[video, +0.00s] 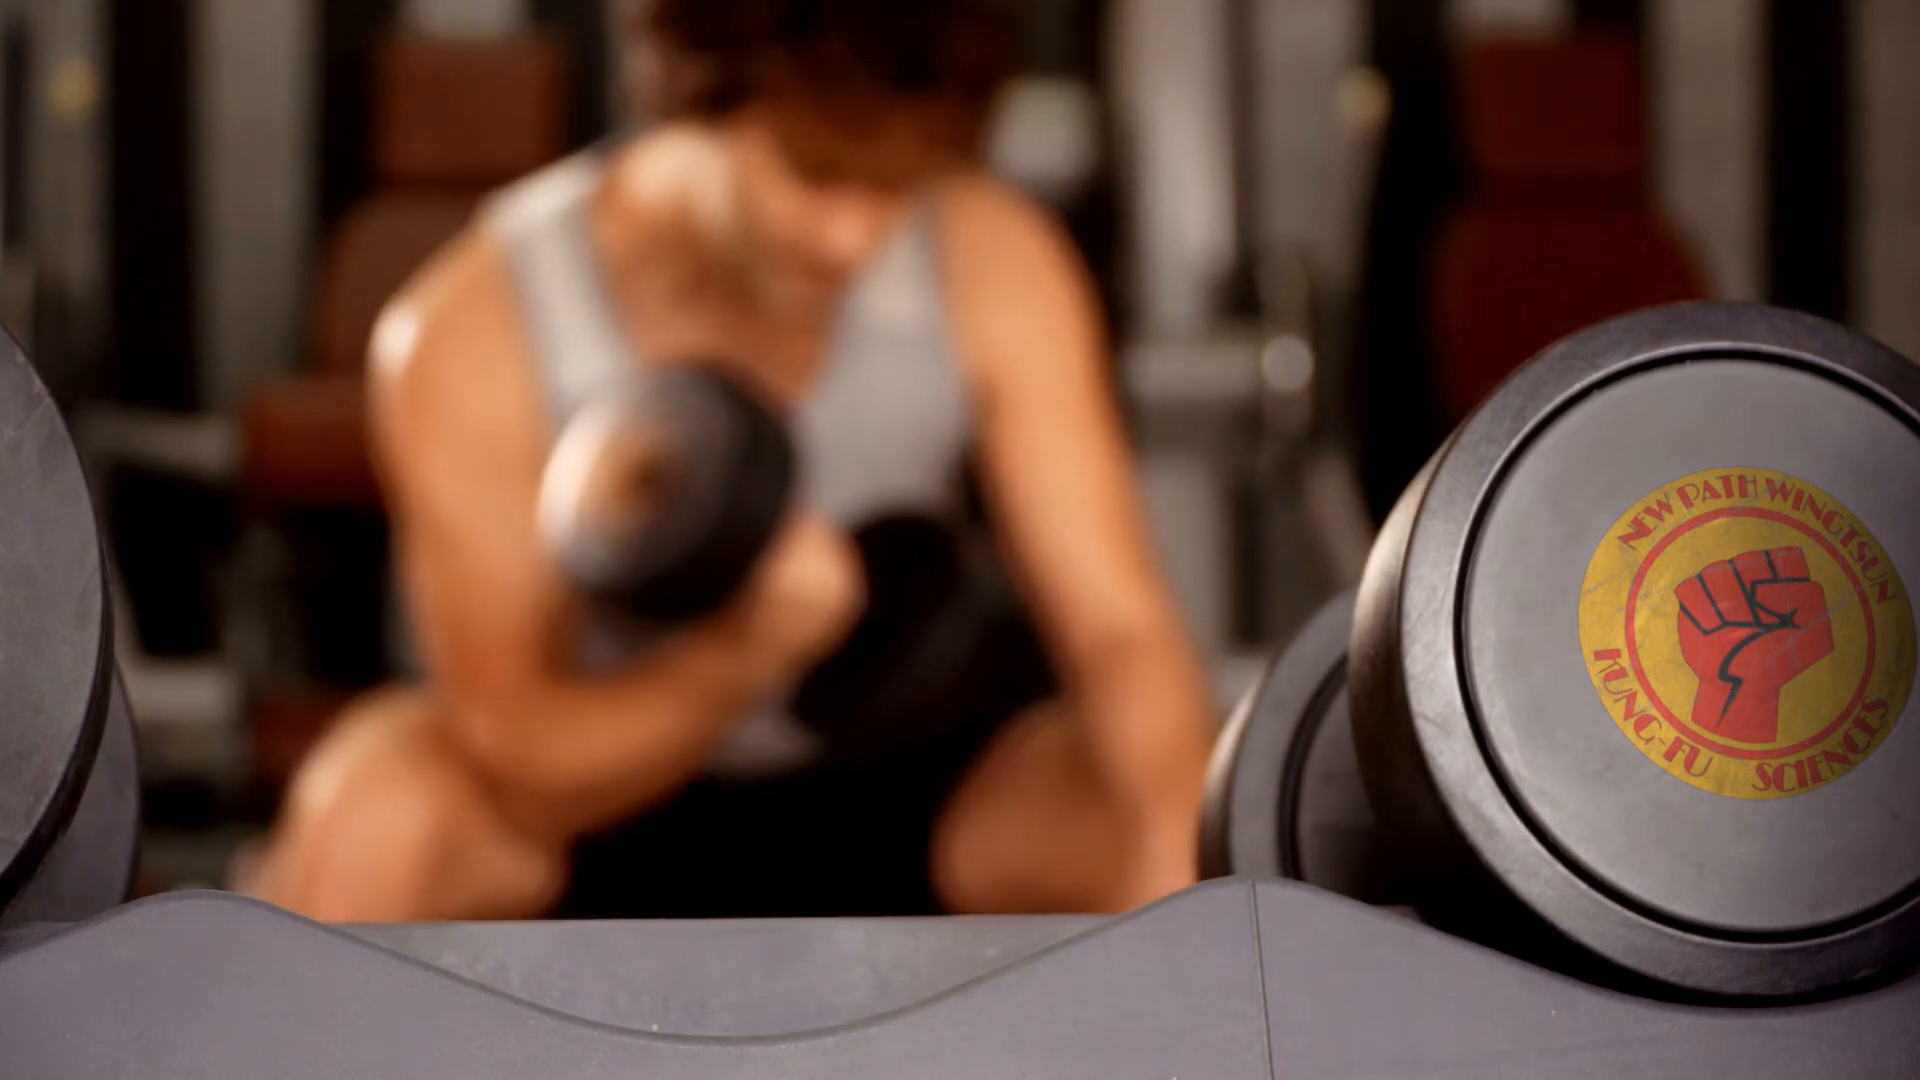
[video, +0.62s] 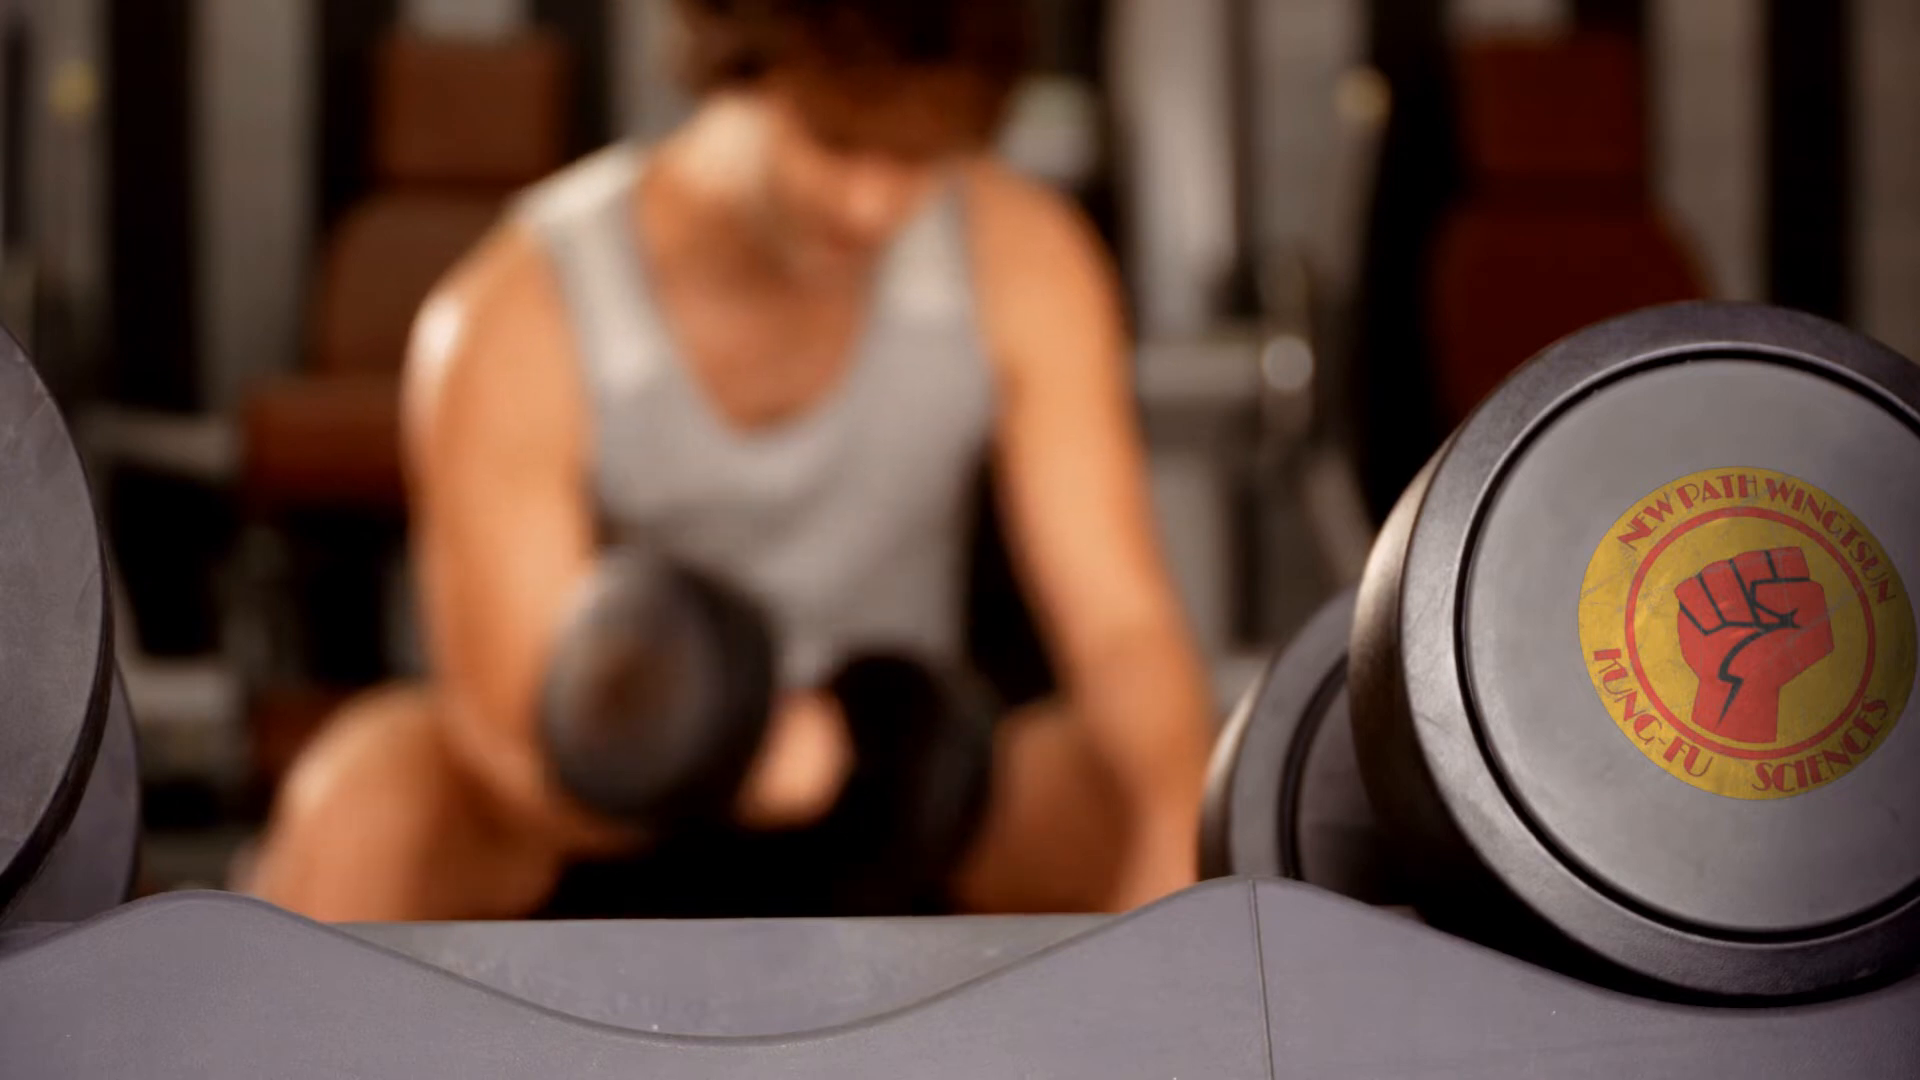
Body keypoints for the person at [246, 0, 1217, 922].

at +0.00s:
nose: (855, 232)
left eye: (901, 182)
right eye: (815, 172)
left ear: (949, 148)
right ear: (708, 101)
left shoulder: (990, 256)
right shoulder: (466, 330)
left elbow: (1119, 633)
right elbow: (529, 769)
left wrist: (1179, 888)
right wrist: (754, 651)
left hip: (890, 782)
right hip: (597, 806)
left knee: (1183, 807)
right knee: (374, 803)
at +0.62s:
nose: (871, 205)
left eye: (919, 156)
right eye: (837, 145)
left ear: (973, 122)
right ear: (739, 70)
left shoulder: (1016, 249)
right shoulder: (513, 316)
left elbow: (1122, 628)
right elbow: (528, 754)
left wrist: (1172, 862)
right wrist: (840, 750)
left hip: (888, 806)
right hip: (610, 813)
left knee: (1189, 786)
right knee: (368, 783)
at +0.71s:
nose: (875, 205)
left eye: (924, 158)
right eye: (842, 145)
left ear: (981, 123)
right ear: (748, 68)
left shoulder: (1024, 253)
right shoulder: (526, 319)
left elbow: (1125, 635)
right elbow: (519, 741)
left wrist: (1167, 863)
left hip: (907, 792)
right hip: (628, 791)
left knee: (1191, 770)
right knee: (362, 789)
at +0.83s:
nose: (875, 204)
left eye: (925, 159)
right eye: (843, 144)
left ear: (989, 126)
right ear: (754, 71)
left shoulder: (1035, 255)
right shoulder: (542, 324)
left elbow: (1123, 633)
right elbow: (516, 756)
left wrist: (1161, 857)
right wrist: (640, 968)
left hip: (902, 780)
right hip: (618, 788)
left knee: (1187, 803)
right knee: (357, 796)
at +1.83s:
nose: (894, 328)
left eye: (948, 281)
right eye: (857, 262)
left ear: (1015, 266)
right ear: (772, 205)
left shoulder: (1046, 286)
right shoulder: (583, 397)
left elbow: (1101, 661)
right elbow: (508, 830)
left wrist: (1005, 814)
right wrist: (518, 1076)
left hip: (893, 783)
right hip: (613, 796)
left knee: (1138, 829)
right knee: (344, 803)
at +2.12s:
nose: (919, 256)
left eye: (972, 208)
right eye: (876, 190)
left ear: (1041, 193)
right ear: (784, 144)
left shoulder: (1095, 252)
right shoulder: (615, 300)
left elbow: (1099, 640)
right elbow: (507, 739)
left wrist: (895, 932)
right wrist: (538, 1035)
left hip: (881, 671)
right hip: (578, 675)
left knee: (1119, 849)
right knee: (344, 819)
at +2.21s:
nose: (910, 155)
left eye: (964, 105)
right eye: (868, 89)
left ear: (1030, 103)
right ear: (782, 62)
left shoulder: (1093, 183)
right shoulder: (611, 206)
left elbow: (1072, 578)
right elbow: (499, 646)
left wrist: (914, 928)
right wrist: (542, 981)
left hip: (882, 589)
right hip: (579, 595)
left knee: (1103, 861)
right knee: (340, 845)